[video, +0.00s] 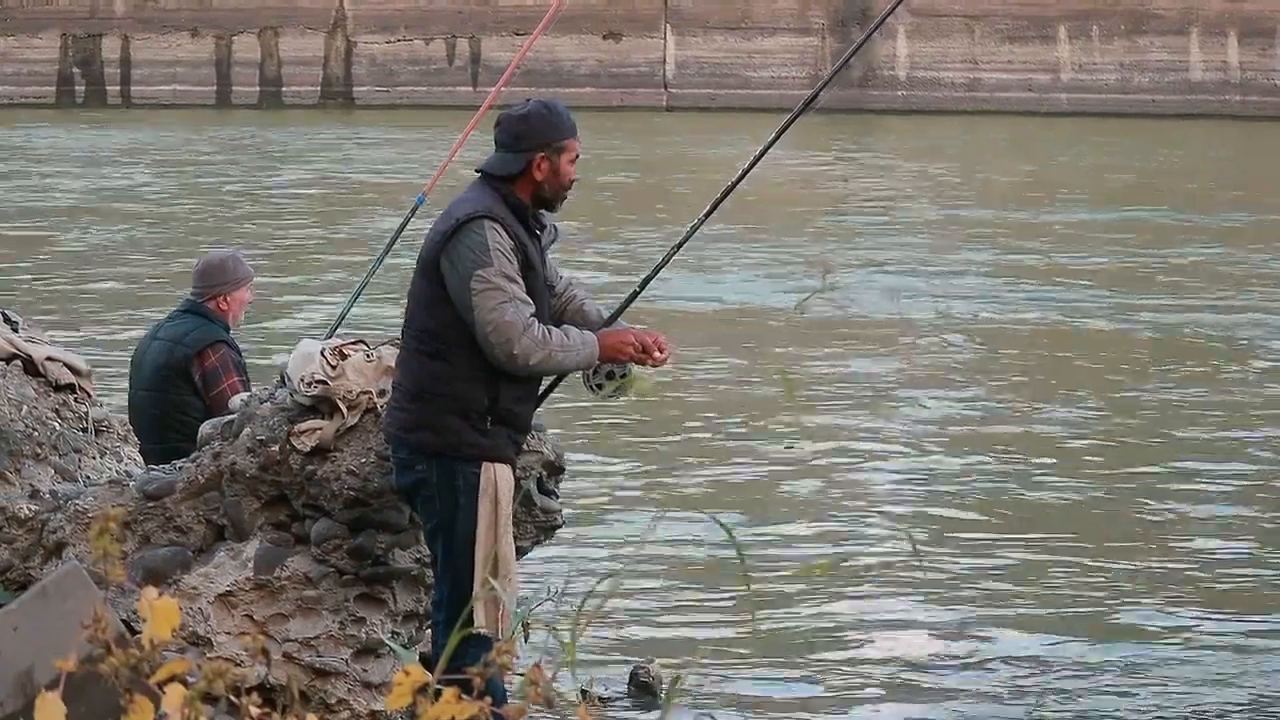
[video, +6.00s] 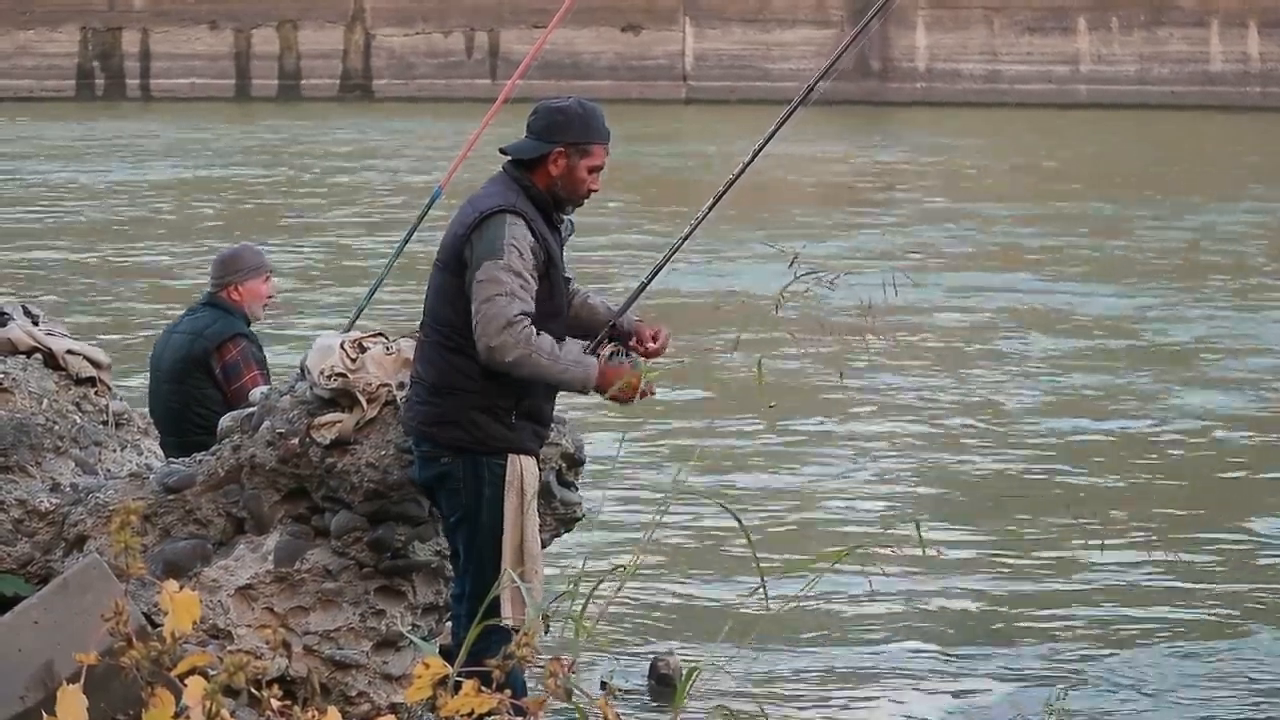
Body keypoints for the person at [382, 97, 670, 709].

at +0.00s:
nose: (576, 172)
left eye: (576, 159)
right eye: (571, 160)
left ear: (532, 162)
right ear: (538, 164)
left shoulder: (515, 225)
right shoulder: (479, 232)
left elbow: (558, 299)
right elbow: (514, 342)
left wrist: (614, 335)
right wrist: (601, 345)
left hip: (477, 443)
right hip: (449, 446)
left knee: (476, 601)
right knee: (468, 606)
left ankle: (466, 709)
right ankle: (469, 712)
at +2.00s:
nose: (586, 179)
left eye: (588, 166)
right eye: (582, 165)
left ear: (547, 159)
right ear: (545, 160)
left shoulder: (522, 220)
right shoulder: (490, 227)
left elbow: (559, 299)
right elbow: (513, 342)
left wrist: (616, 329)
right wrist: (602, 340)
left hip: (483, 442)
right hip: (457, 446)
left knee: (484, 595)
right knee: (477, 601)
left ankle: (481, 707)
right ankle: (476, 710)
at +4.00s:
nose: (600, 181)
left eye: (603, 168)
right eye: (594, 168)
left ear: (560, 161)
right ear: (558, 161)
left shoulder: (530, 217)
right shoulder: (504, 224)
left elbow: (563, 296)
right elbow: (523, 340)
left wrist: (619, 322)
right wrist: (611, 342)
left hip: (489, 438)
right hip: (465, 442)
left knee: (495, 593)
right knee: (483, 599)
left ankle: (491, 707)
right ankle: (482, 710)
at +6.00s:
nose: (598, 182)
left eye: (601, 169)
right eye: (592, 169)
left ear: (560, 160)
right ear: (554, 161)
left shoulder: (533, 217)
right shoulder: (506, 223)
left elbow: (554, 303)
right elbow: (503, 337)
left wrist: (623, 328)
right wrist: (594, 372)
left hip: (494, 437)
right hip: (469, 442)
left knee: (497, 595)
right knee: (490, 600)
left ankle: (489, 711)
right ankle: (484, 713)